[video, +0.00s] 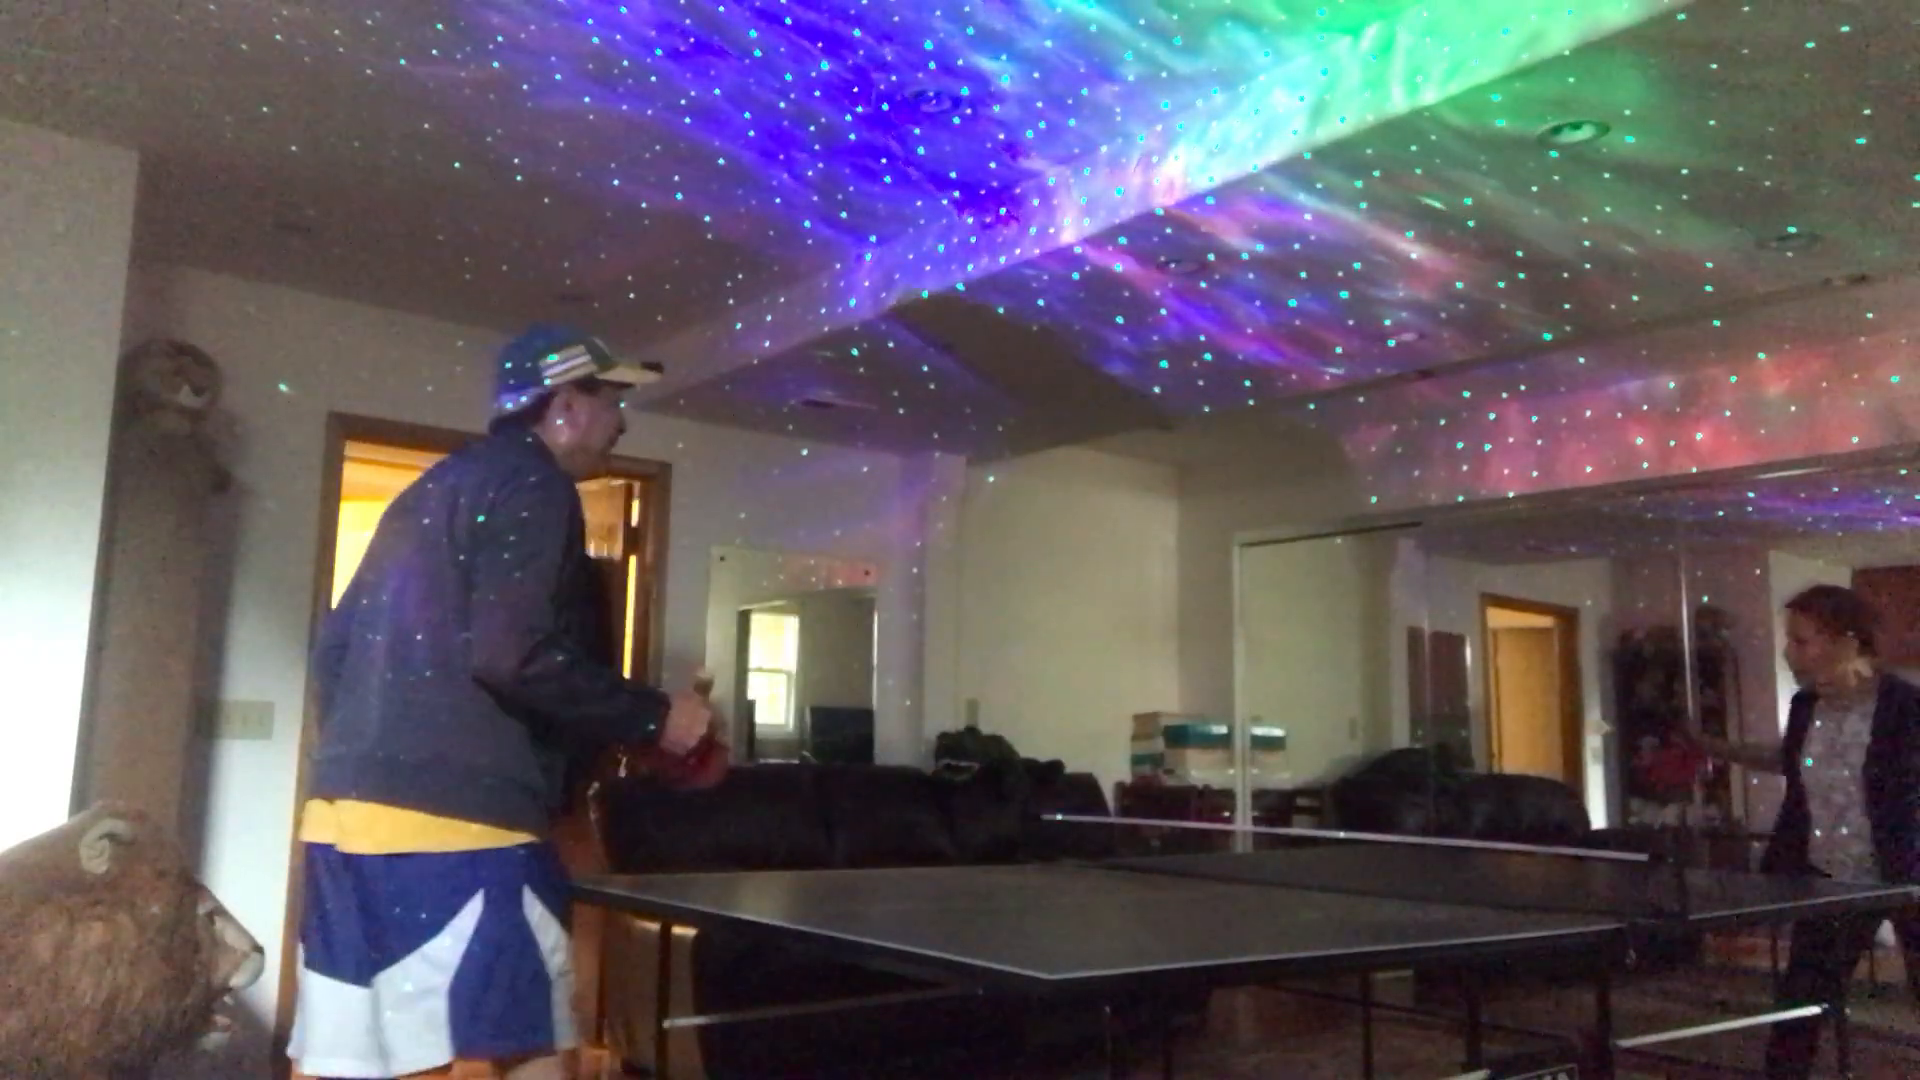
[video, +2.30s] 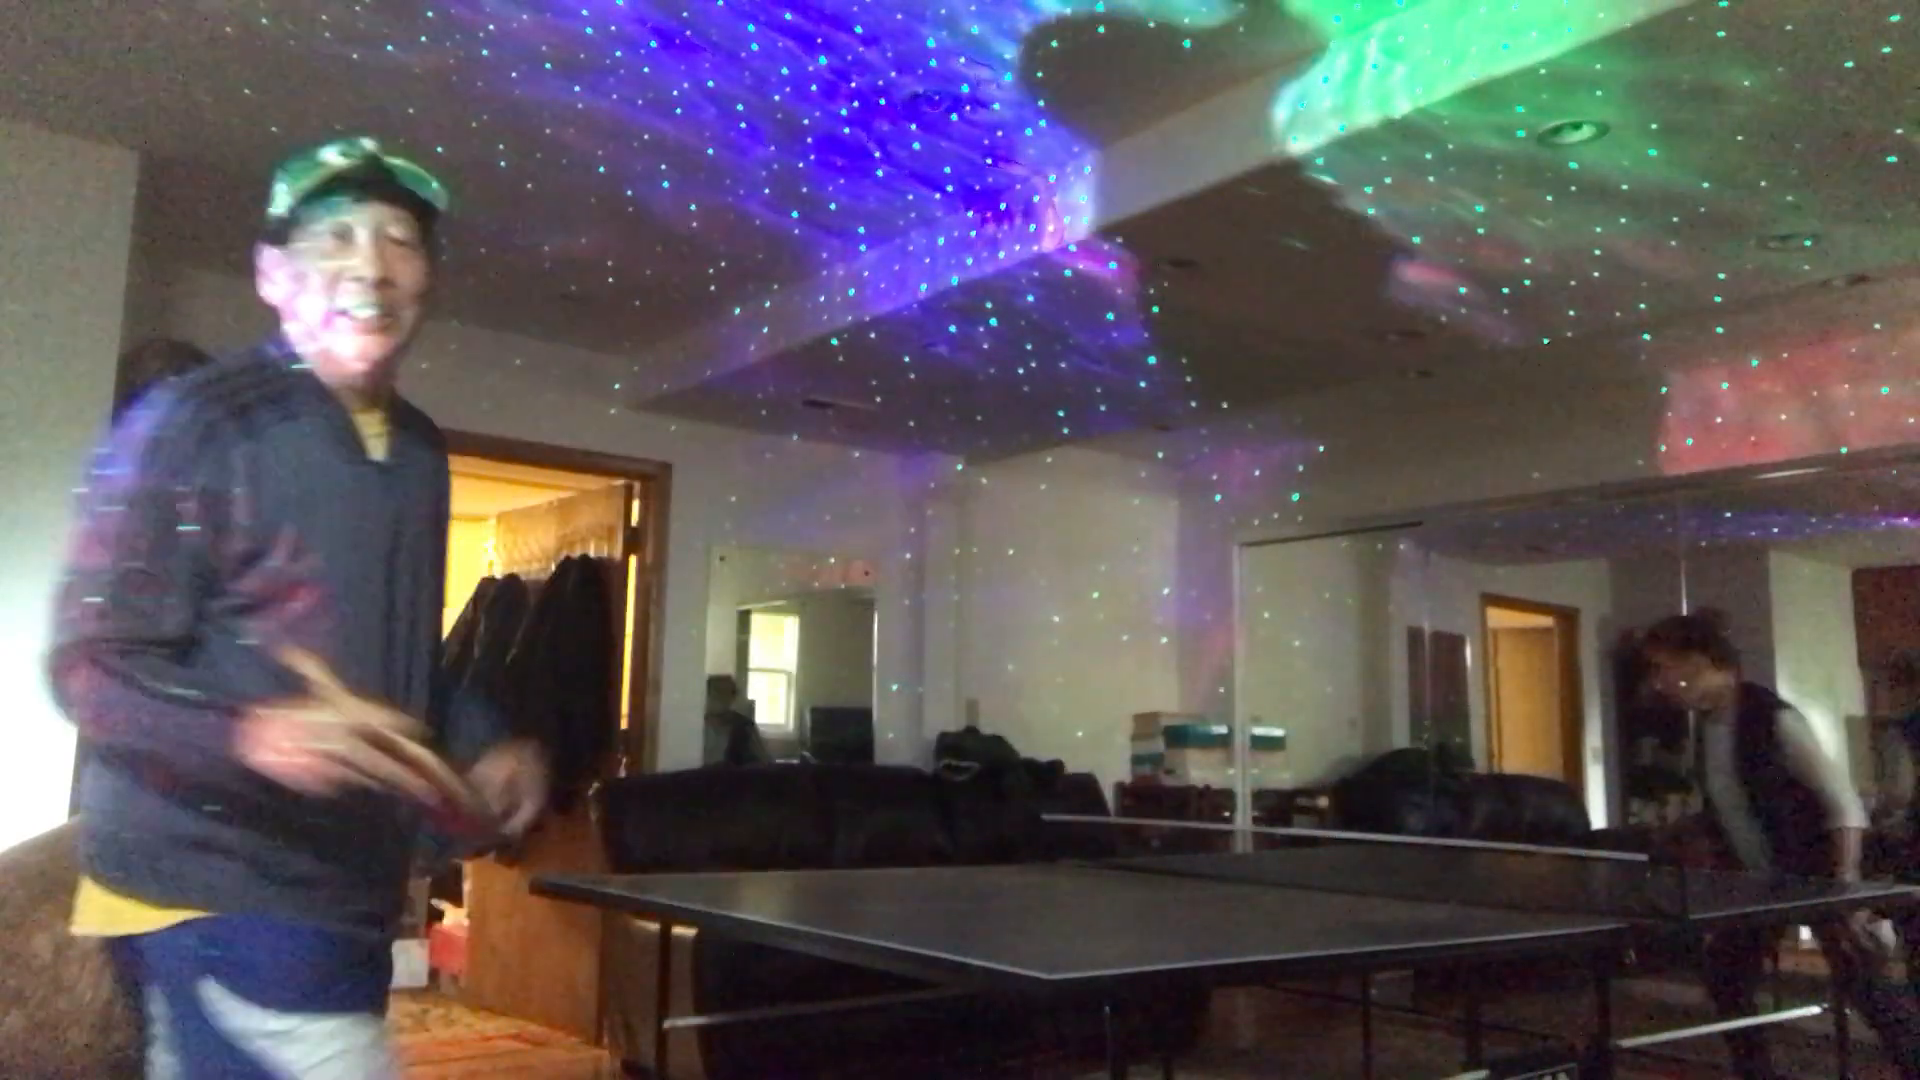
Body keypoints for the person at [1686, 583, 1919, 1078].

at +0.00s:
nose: (1788, 652)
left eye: (1800, 640)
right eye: (1789, 639)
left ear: (1843, 640)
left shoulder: (1903, 703)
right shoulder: (1805, 706)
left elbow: (1911, 797)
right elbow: (1787, 762)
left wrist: (1906, 885)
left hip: (1900, 882)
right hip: (1828, 886)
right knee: (1798, 1004)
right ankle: (1783, 1072)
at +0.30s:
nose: (1825, 640)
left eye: (1842, 630)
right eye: (1826, 628)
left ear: (1889, 643)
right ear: (1822, 636)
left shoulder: (1908, 707)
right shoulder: (1808, 707)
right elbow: (1739, 757)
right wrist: (1693, 760)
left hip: (1904, 884)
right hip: (1831, 887)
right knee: (1802, 1002)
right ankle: (1782, 1071)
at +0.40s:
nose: (1840, 645)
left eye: (1858, 632)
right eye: (1835, 633)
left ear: (1901, 643)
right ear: (1829, 640)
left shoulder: (1913, 708)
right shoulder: (1816, 710)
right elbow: (1765, 778)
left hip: (1912, 885)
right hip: (1839, 886)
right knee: (1804, 1000)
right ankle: (1781, 1072)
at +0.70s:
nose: (1834, 647)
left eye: (1849, 634)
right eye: (1822, 635)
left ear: (1884, 645)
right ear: (1810, 645)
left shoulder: (1909, 706)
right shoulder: (1803, 710)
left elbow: (1914, 780)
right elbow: (1804, 784)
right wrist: (1775, 799)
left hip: (1909, 881)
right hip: (1835, 882)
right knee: (1798, 981)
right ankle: (1782, 1067)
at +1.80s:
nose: (1757, 657)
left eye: (1770, 642)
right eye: (1750, 645)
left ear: (1810, 644)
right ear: (1744, 652)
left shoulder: (1864, 707)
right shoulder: (1752, 713)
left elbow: (1912, 792)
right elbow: (1752, 796)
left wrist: (1906, 886)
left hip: (1866, 876)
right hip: (1788, 879)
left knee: (1903, 989)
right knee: (1781, 998)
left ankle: (1918, 1055)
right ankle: (1784, 1074)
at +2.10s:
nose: (1719, 668)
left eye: (1726, 653)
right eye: (1716, 656)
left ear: (1768, 649)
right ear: (1754, 657)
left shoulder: (1839, 713)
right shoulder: (1743, 719)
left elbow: (1907, 799)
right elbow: (1745, 800)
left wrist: (1897, 889)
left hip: (1859, 872)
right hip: (1784, 876)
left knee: (1900, 982)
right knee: (1761, 985)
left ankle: (1918, 1059)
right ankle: (1779, 1072)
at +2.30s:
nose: (1660, 684)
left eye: (1667, 669)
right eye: (1657, 672)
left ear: (1703, 661)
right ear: (1692, 669)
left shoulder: (1775, 718)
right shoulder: (1703, 724)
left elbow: (1846, 806)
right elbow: (1724, 806)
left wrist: (1845, 895)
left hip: (1818, 872)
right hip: (1762, 874)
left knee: (1865, 988)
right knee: (1725, 969)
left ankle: (1911, 1060)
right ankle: (1754, 1069)